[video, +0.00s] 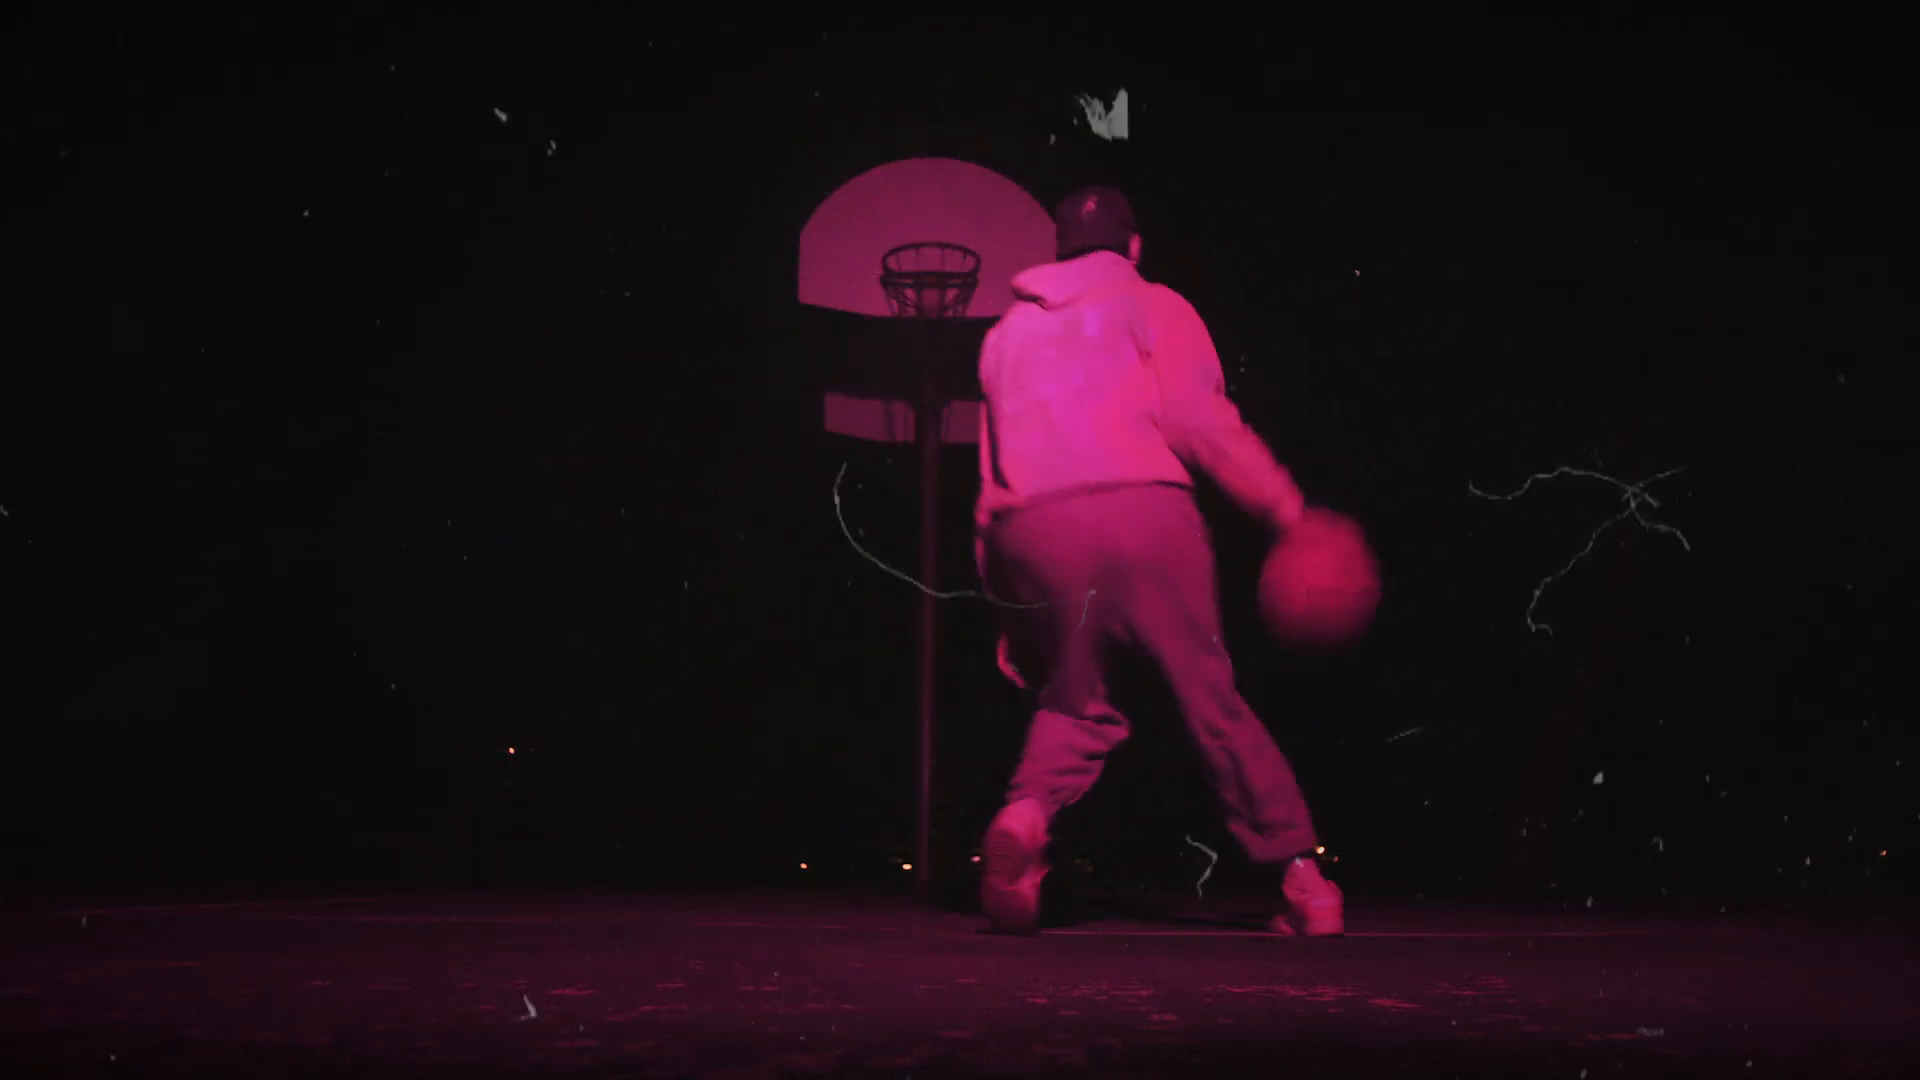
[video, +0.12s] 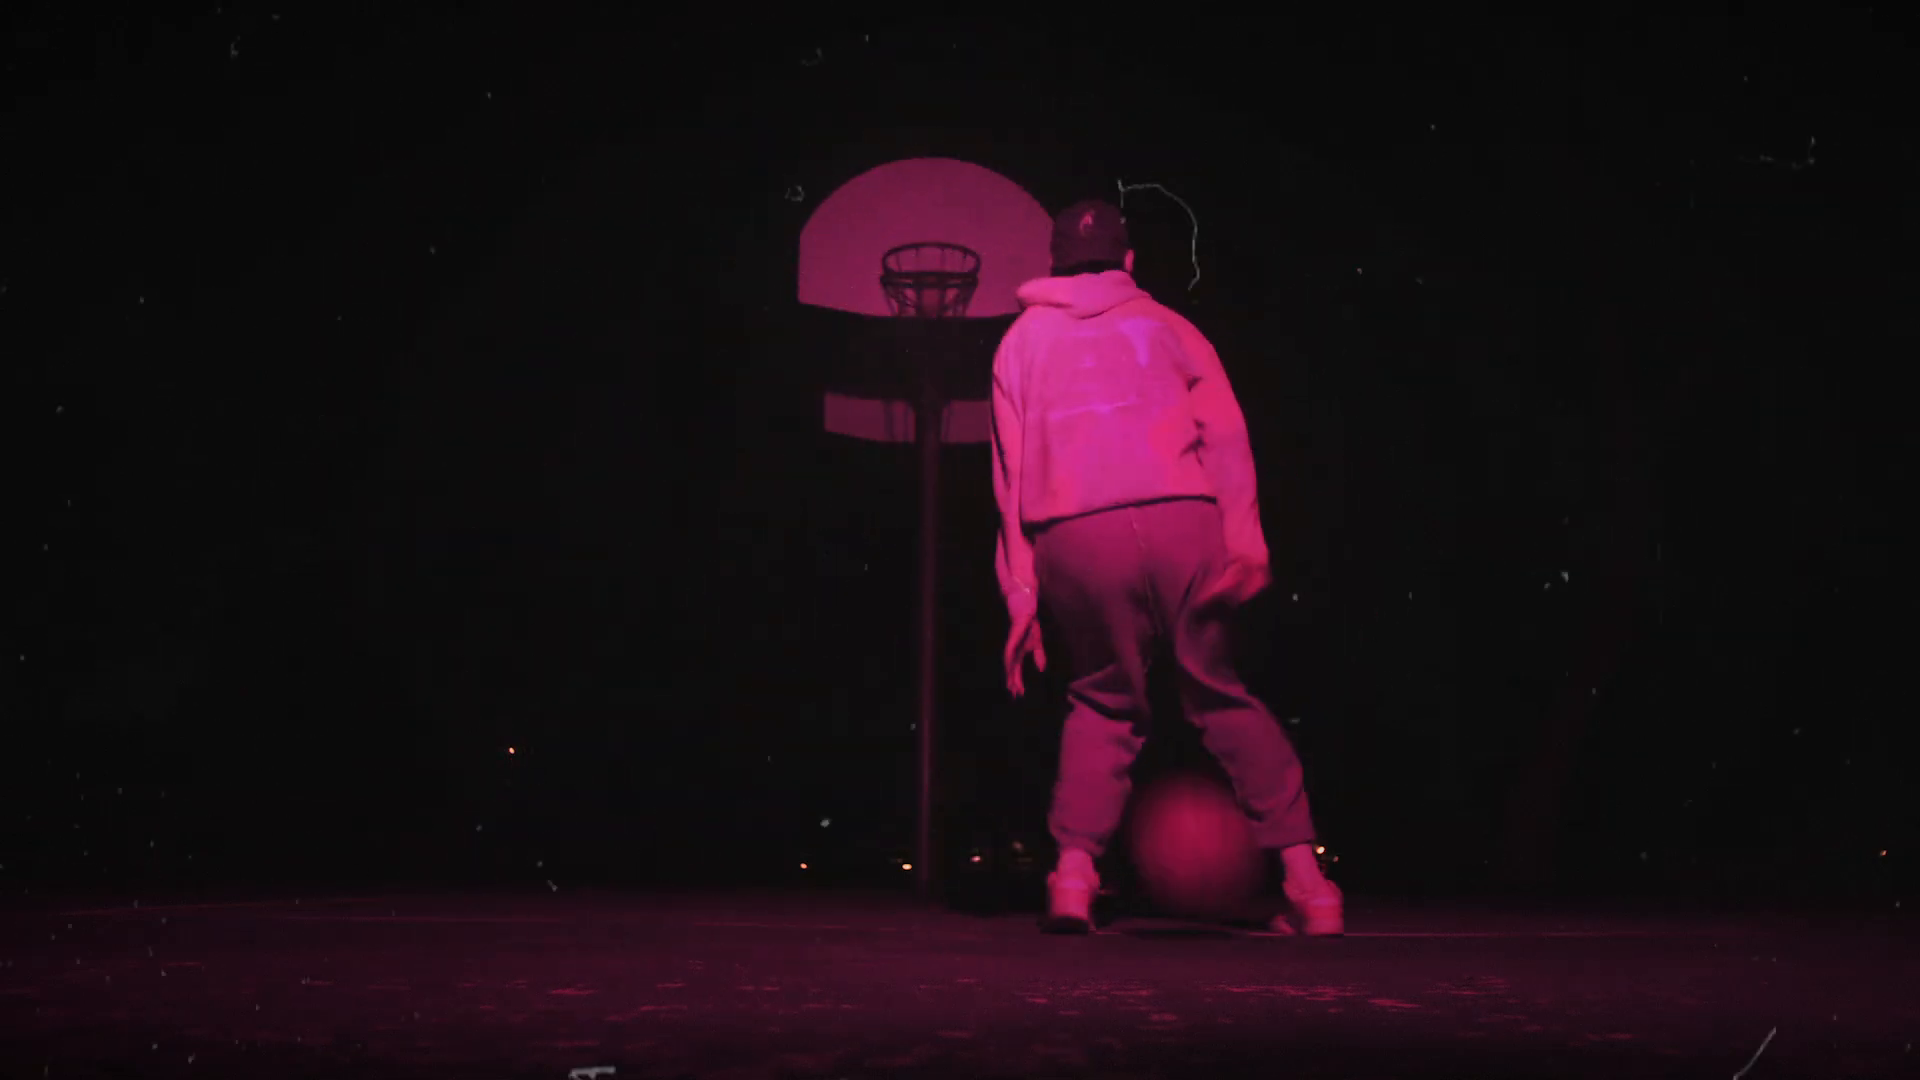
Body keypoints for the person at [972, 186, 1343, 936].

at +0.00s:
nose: (1142, 256)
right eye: (1141, 246)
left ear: (1058, 250)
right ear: (1132, 248)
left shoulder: (1004, 337)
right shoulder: (1155, 306)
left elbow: (995, 486)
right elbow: (1197, 414)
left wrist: (1010, 613)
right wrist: (1287, 508)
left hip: (1040, 529)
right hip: (1144, 515)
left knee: (1075, 702)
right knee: (1210, 697)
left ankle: (1024, 815)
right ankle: (1298, 869)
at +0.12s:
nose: (1131, 271)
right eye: (1132, 261)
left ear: (1055, 264)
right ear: (1130, 263)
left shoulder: (1018, 347)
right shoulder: (1171, 328)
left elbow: (1013, 484)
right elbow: (1225, 430)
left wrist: (1022, 601)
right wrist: (1243, 530)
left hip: (1078, 541)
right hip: (1187, 524)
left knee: (1102, 698)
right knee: (1221, 691)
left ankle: (1074, 871)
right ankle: (1303, 869)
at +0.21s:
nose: (1119, 265)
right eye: (1121, 255)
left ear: (1044, 256)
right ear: (1120, 256)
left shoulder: (1010, 337)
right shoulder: (1164, 321)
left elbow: (1010, 471)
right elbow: (1226, 425)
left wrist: (1019, 589)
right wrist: (1248, 542)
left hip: (1076, 537)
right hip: (1184, 522)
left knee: (1094, 697)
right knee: (1218, 691)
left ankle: (1077, 876)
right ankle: (1302, 872)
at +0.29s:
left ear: (1018, 219)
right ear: (1096, 222)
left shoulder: (995, 290)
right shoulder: (1145, 289)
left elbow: (997, 388)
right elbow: (1212, 397)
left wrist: (992, 490)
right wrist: (1256, 508)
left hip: (1072, 492)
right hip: (1174, 484)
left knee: (1091, 692)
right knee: (1213, 681)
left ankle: (1079, 878)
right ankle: (1291, 866)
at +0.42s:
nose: (993, 173)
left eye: (995, 154)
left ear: (998, 153)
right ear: (1070, 161)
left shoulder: (989, 197)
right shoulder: (1121, 231)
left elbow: (969, 267)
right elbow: (1197, 355)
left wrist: (928, 346)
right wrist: (1200, 450)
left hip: (1059, 419)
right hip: (1159, 416)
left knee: (1061, 637)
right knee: (1187, 625)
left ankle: (1071, 865)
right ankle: (1217, 837)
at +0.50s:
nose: (993, 150)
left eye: (991, 137)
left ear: (991, 135)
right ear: (1063, 144)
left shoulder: (987, 170)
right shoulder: (1112, 211)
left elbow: (945, 233)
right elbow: (1167, 328)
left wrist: (877, 299)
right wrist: (1137, 396)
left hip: (1048, 390)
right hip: (1147, 396)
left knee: (1043, 602)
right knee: (1156, 603)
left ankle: (1032, 839)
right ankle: (1178, 826)